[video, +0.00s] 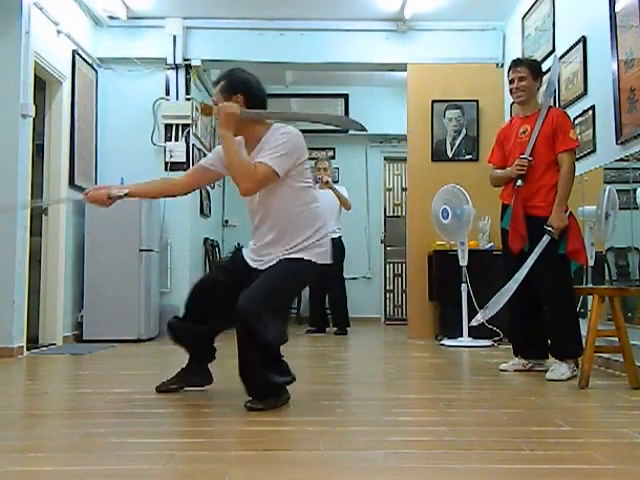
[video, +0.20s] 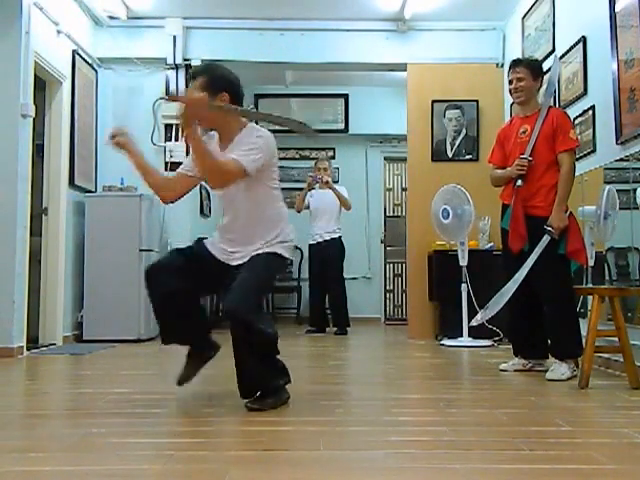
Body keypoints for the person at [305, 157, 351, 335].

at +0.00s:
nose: (322, 173)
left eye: (325, 170)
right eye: (319, 170)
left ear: (331, 172)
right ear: (314, 172)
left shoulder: (339, 190)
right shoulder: (309, 190)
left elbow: (347, 206)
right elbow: (302, 208)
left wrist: (332, 188)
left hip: (333, 239)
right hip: (314, 240)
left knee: (336, 284)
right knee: (316, 286)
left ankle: (341, 325)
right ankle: (317, 324)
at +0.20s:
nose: (322, 173)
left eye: (325, 170)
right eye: (319, 170)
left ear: (330, 171)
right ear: (314, 172)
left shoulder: (339, 190)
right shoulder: (311, 194)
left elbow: (347, 206)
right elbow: (298, 208)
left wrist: (332, 188)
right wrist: (306, 188)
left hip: (333, 241)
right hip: (315, 242)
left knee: (335, 285)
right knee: (316, 286)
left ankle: (341, 324)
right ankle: (317, 323)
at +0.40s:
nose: (322, 173)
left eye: (325, 170)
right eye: (319, 170)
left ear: (330, 171)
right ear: (314, 172)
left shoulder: (338, 190)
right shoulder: (311, 194)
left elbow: (347, 206)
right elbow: (298, 208)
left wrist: (332, 188)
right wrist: (307, 188)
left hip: (333, 241)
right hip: (315, 243)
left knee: (335, 285)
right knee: (316, 286)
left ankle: (341, 324)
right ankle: (318, 324)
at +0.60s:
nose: (323, 173)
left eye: (326, 170)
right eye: (319, 170)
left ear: (331, 171)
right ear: (315, 172)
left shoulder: (339, 190)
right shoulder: (311, 194)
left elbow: (347, 207)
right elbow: (298, 209)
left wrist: (332, 188)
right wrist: (306, 188)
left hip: (333, 241)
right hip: (315, 243)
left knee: (335, 285)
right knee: (316, 286)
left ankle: (341, 324)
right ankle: (318, 324)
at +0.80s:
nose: (323, 173)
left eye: (326, 170)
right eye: (319, 170)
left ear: (331, 171)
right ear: (315, 172)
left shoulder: (339, 190)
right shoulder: (311, 194)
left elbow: (347, 206)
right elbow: (298, 209)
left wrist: (331, 188)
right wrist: (306, 189)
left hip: (333, 241)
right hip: (315, 243)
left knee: (335, 285)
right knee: (316, 286)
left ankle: (341, 324)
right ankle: (318, 324)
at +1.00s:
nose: (323, 173)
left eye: (325, 170)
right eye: (319, 170)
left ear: (330, 171)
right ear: (315, 172)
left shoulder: (339, 190)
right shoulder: (311, 194)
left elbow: (347, 207)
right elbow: (298, 209)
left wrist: (331, 188)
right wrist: (306, 188)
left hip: (333, 241)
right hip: (315, 243)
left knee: (335, 285)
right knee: (316, 286)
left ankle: (341, 324)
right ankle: (318, 324)